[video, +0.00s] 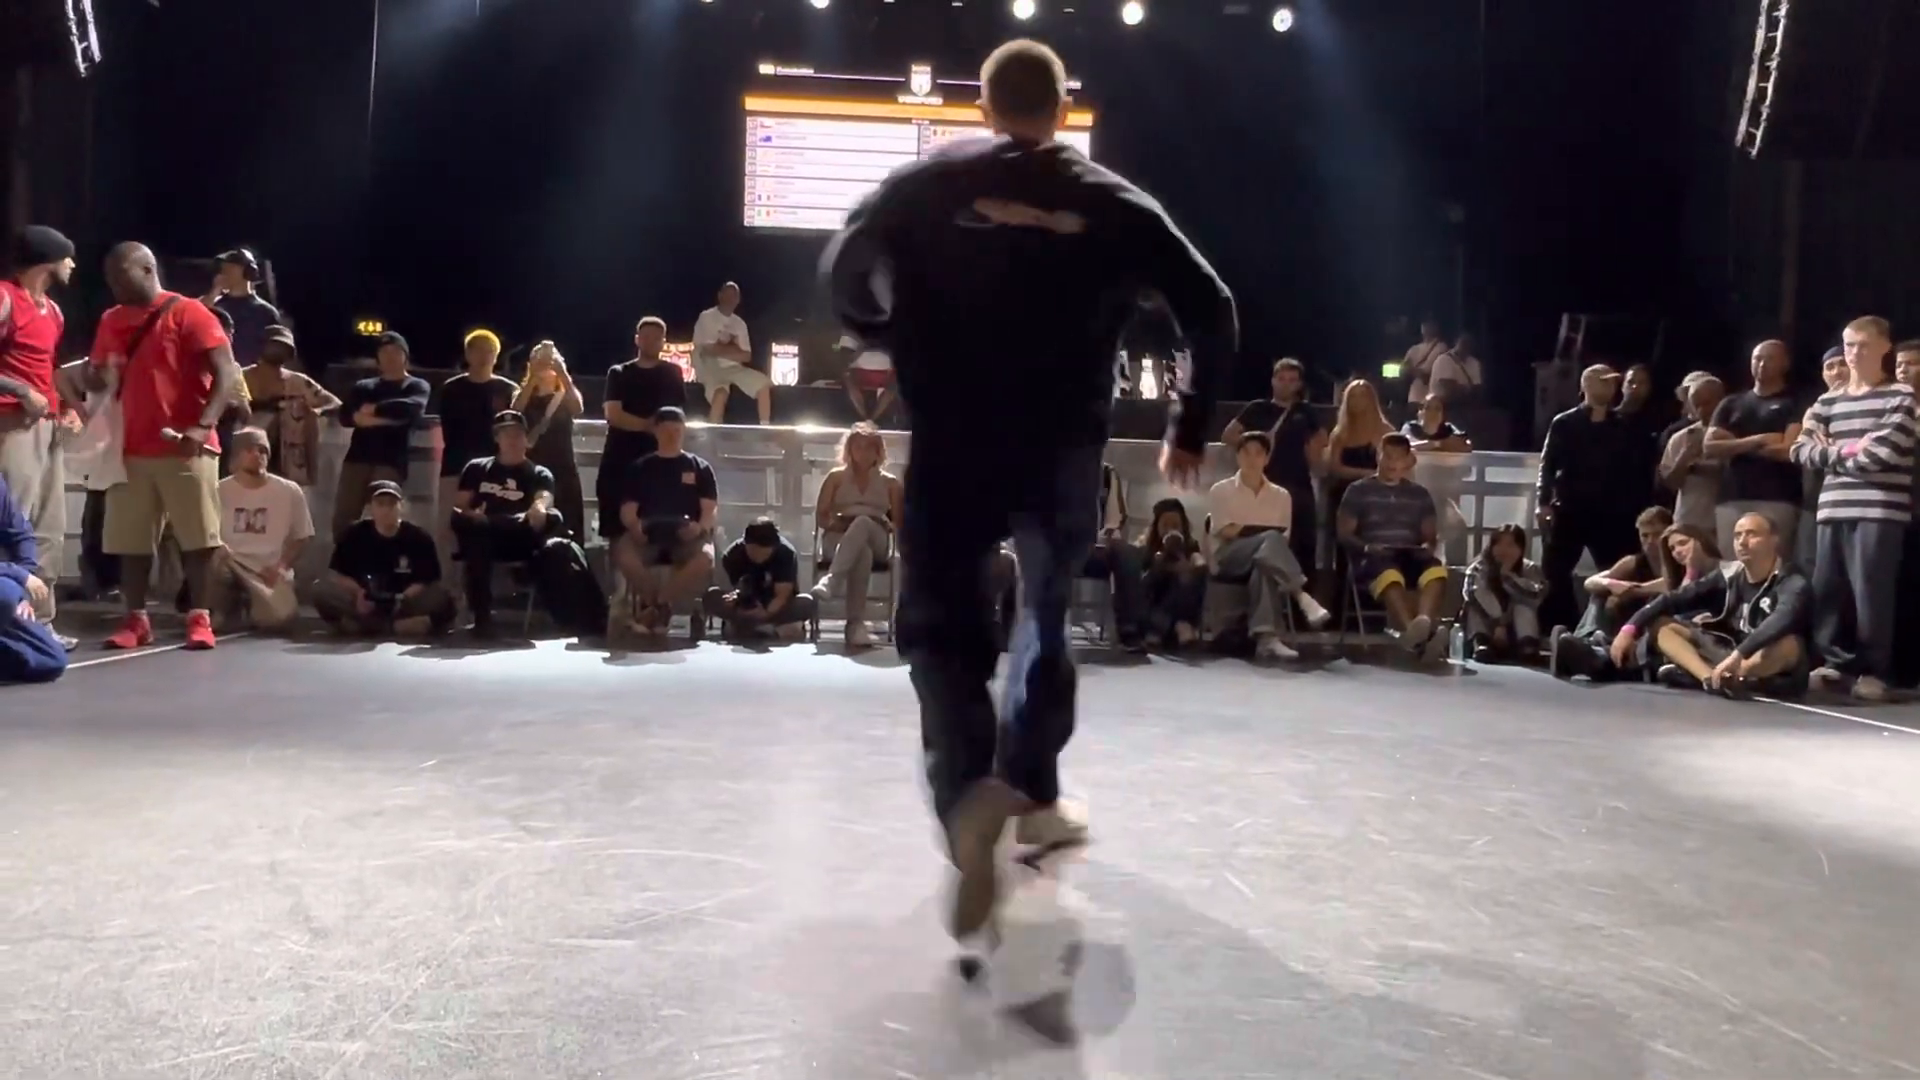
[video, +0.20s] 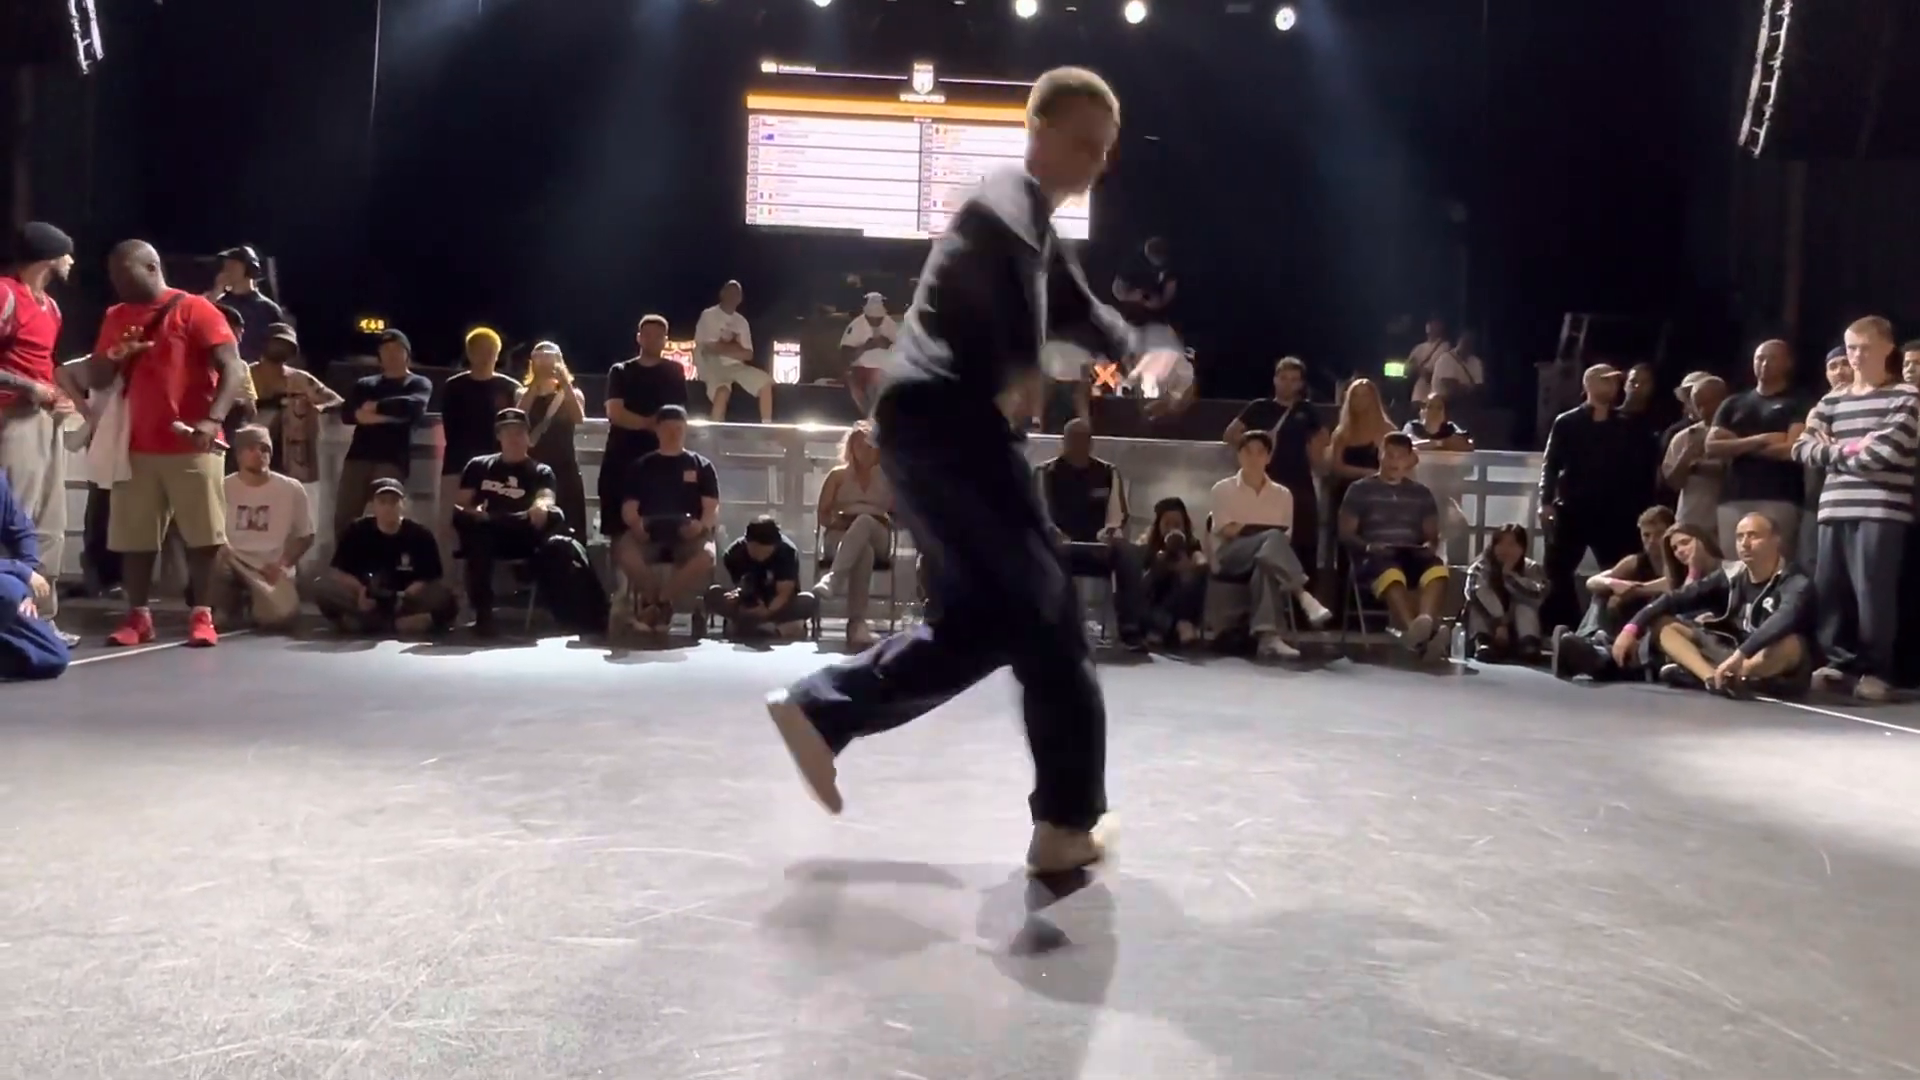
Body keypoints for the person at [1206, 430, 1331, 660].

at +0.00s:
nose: (1251, 458)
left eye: (1258, 453)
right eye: (1246, 453)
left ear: (1266, 459)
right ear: (1238, 457)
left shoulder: (1281, 496)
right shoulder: (1221, 490)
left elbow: (1282, 537)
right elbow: (1226, 532)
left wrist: (1240, 530)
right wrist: (1271, 533)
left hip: (1269, 559)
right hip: (1229, 557)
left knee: (1263, 566)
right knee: (1272, 539)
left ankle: (1267, 638)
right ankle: (1302, 596)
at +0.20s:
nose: (1252, 457)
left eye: (1259, 452)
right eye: (1247, 452)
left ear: (1268, 458)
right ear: (1239, 456)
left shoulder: (1283, 494)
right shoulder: (1223, 489)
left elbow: (1284, 536)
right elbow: (1227, 532)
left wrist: (1242, 529)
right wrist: (1273, 532)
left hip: (1271, 558)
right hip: (1231, 557)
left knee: (1265, 565)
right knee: (1274, 537)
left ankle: (1268, 637)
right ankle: (1304, 596)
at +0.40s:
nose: (1256, 455)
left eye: (1262, 450)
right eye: (1250, 450)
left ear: (1271, 456)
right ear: (1242, 454)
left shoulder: (1286, 493)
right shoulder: (1225, 487)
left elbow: (1286, 534)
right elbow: (1229, 530)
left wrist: (1246, 528)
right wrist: (1275, 529)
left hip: (1273, 557)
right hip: (1233, 556)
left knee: (1267, 563)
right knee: (1276, 536)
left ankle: (1271, 636)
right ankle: (1306, 594)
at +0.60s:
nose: (1259, 454)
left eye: (1265, 449)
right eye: (1254, 448)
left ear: (1274, 454)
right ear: (1245, 452)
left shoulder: (1289, 492)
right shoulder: (1228, 486)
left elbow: (1289, 533)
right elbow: (1232, 528)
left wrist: (1248, 526)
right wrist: (1278, 529)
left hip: (1276, 555)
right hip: (1236, 554)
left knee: (1270, 563)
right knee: (1279, 535)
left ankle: (1273, 633)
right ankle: (1309, 593)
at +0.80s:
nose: (1261, 453)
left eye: (1267, 448)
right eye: (1256, 447)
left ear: (1276, 453)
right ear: (1248, 451)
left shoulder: (1291, 490)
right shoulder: (1231, 484)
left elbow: (1292, 531)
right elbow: (1235, 527)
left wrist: (1251, 524)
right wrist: (1282, 527)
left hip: (1279, 552)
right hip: (1239, 551)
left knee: (1273, 561)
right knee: (1282, 532)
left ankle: (1276, 632)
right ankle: (1311, 591)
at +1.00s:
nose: (1263, 452)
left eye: (1269, 447)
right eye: (1258, 446)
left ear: (1278, 452)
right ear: (1250, 450)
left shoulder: (1293, 489)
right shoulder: (1233, 483)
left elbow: (1293, 530)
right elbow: (1237, 526)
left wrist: (1252, 522)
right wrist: (1283, 526)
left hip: (1281, 551)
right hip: (1241, 550)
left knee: (1275, 559)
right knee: (1284, 533)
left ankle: (1278, 631)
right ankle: (1313, 590)